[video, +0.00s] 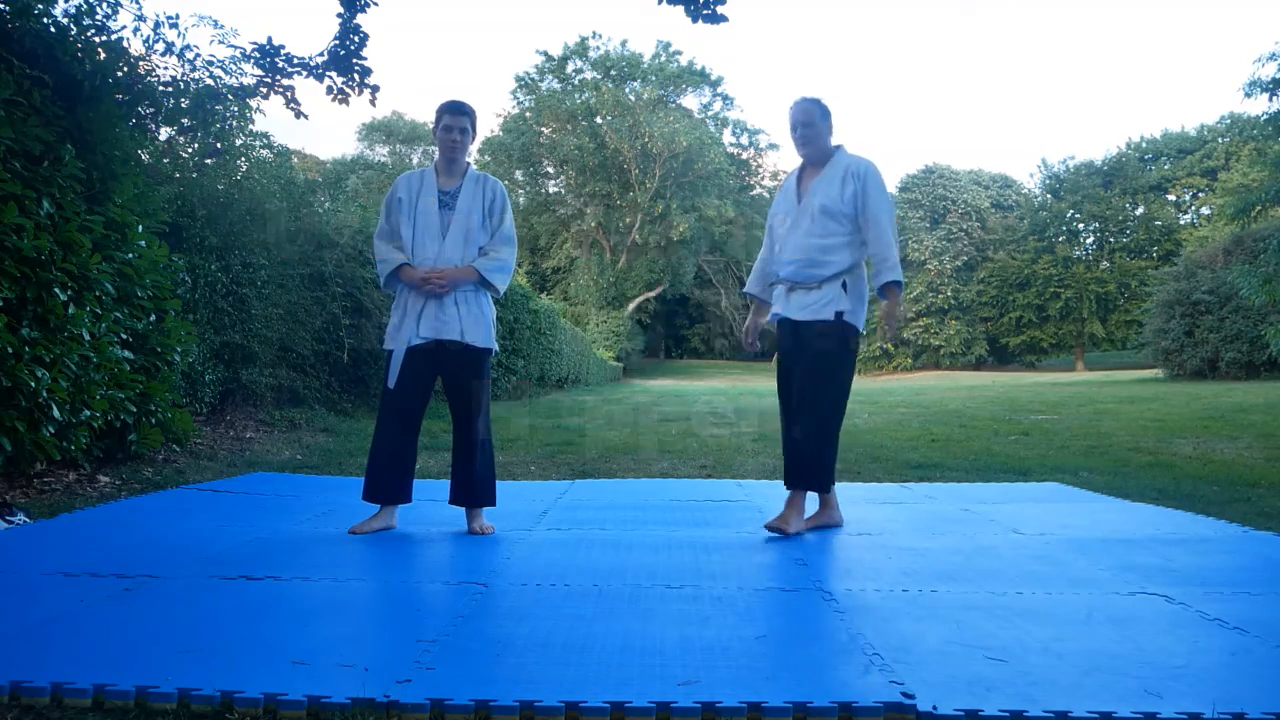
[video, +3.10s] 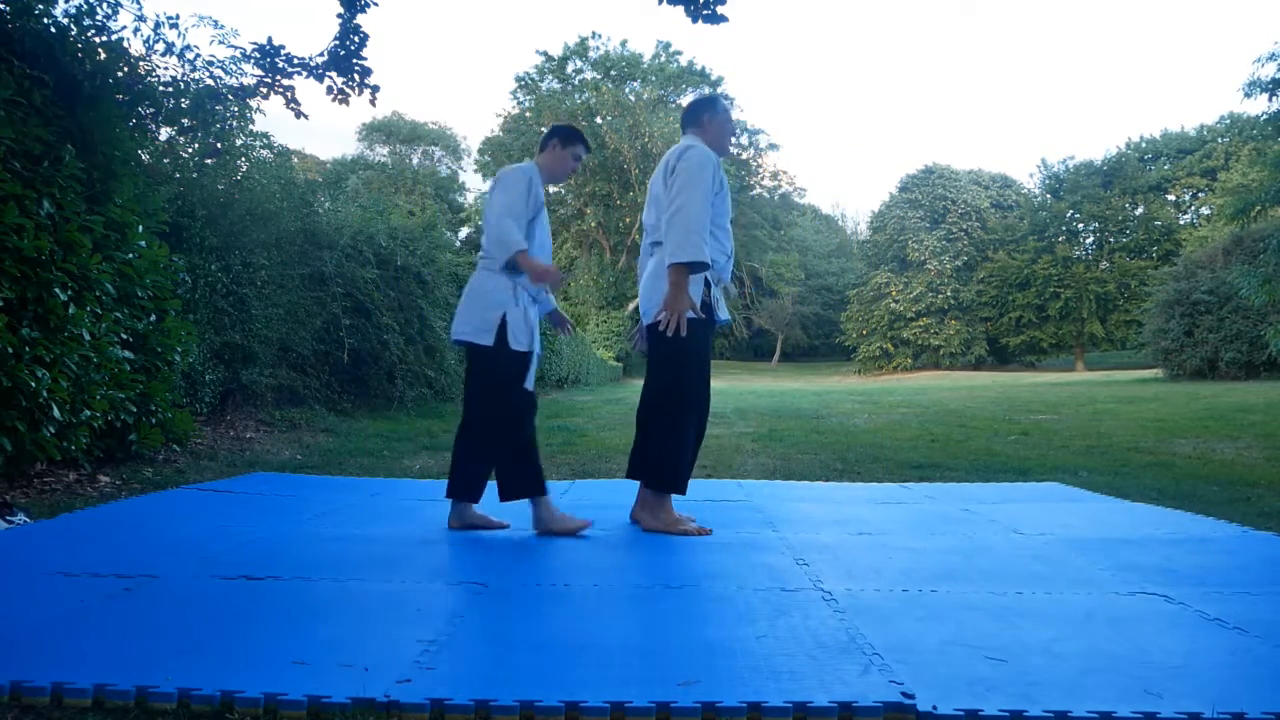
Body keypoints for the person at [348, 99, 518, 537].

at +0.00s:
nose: (454, 137)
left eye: (462, 131)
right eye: (447, 129)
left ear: (473, 139)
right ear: (434, 133)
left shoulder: (492, 191)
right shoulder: (406, 186)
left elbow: (504, 257)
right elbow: (383, 248)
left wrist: (458, 275)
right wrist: (413, 276)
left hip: (469, 321)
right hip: (414, 319)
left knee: (473, 421)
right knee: (397, 416)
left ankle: (475, 512)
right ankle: (387, 510)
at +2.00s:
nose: (475, 142)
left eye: (478, 135)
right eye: (468, 133)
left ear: (477, 139)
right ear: (441, 133)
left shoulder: (486, 191)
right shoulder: (401, 182)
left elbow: (499, 255)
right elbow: (378, 244)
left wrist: (462, 277)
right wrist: (410, 276)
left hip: (466, 322)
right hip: (411, 320)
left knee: (469, 419)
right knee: (394, 415)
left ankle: (475, 511)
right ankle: (387, 511)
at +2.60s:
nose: (532, 165)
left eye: (536, 159)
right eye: (530, 155)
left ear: (517, 152)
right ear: (508, 142)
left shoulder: (511, 204)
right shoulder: (456, 176)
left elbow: (510, 269)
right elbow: (427, 233)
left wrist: (507, 325)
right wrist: (430, 288)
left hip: (488, 320)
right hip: (441, 309)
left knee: (483, 413)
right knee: (409, 407)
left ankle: (464, 508)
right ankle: (384, 503)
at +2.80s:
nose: (553, 167)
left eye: (557, 162)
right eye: (552, 157)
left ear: (540, 156)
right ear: (529, 144)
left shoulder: (525, 209)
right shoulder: (485, 174)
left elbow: (520, 271)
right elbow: (457, 222)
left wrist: (523, 320)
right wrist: (445, 273)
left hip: (500, 317)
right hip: (462, 306)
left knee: (488, 412)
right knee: (447, 404)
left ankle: (463, 505)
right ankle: (422, 497)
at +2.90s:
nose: (557, 168)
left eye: (562, 163)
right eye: (557, 158)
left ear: (544, 154)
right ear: (536, 145)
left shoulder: (528, 207)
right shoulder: (496, 174)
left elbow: (523, 272)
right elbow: (468, 221)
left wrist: (531, 318)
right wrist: (463, 268)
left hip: (502, 320)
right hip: (471, 311)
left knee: (490, 409)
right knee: (466, 406)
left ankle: (465, 503)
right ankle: (455, 503)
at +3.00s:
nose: (567, 170)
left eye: (572, 164)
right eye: (567, 159)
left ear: (551, 155)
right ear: (545, 147)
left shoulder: (532, 199)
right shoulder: (510, 175)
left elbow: (529, 269)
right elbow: (486, 223)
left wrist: (541, 314)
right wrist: (501, 268)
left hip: (507, 315)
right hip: (491, 310)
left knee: (478, 408)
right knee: (505, 406)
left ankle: (461, 506)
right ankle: (512, 509)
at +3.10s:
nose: (573, 170)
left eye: (578, 164)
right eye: (573, 159)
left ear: (554, 152)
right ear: (552, 147)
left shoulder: (533, 190)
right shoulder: (519, 175)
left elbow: (528, 262)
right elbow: (500, 229)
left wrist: (549, 308)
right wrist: (531, 263)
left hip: (511, 310)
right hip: (499, 307)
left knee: (483, 407)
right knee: (517, 408)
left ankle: (462, 506)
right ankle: (543, 511)